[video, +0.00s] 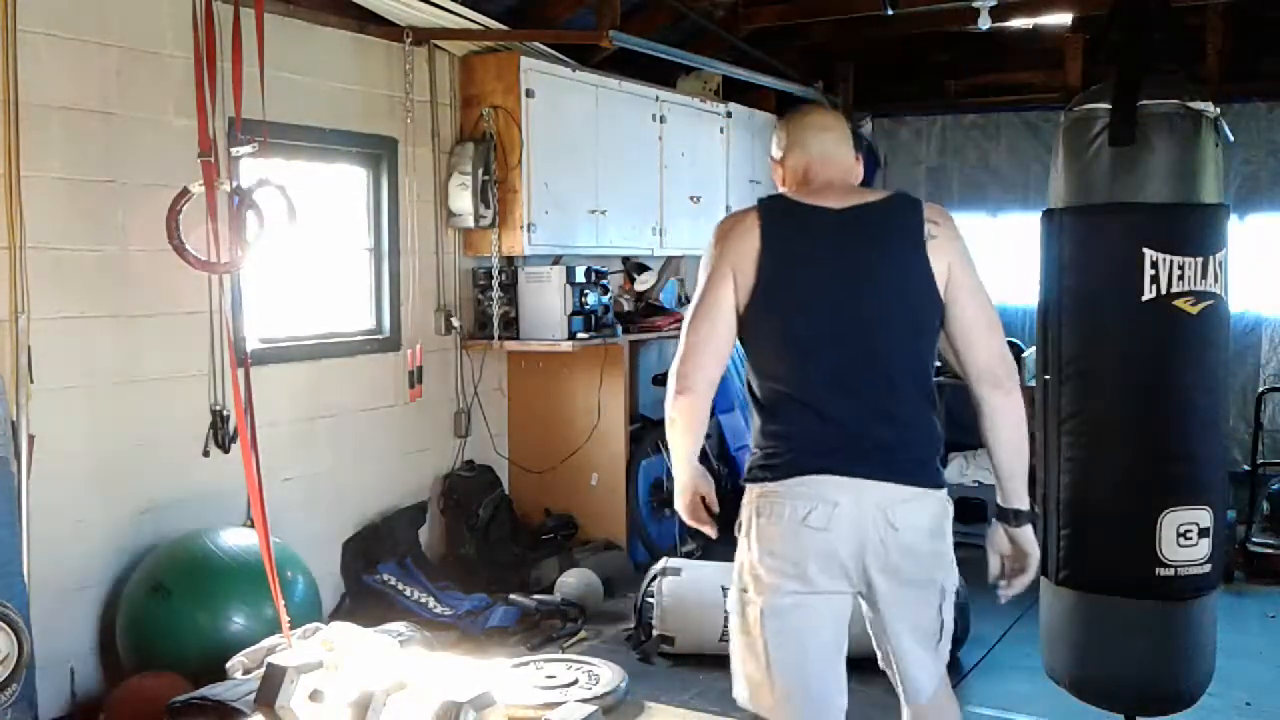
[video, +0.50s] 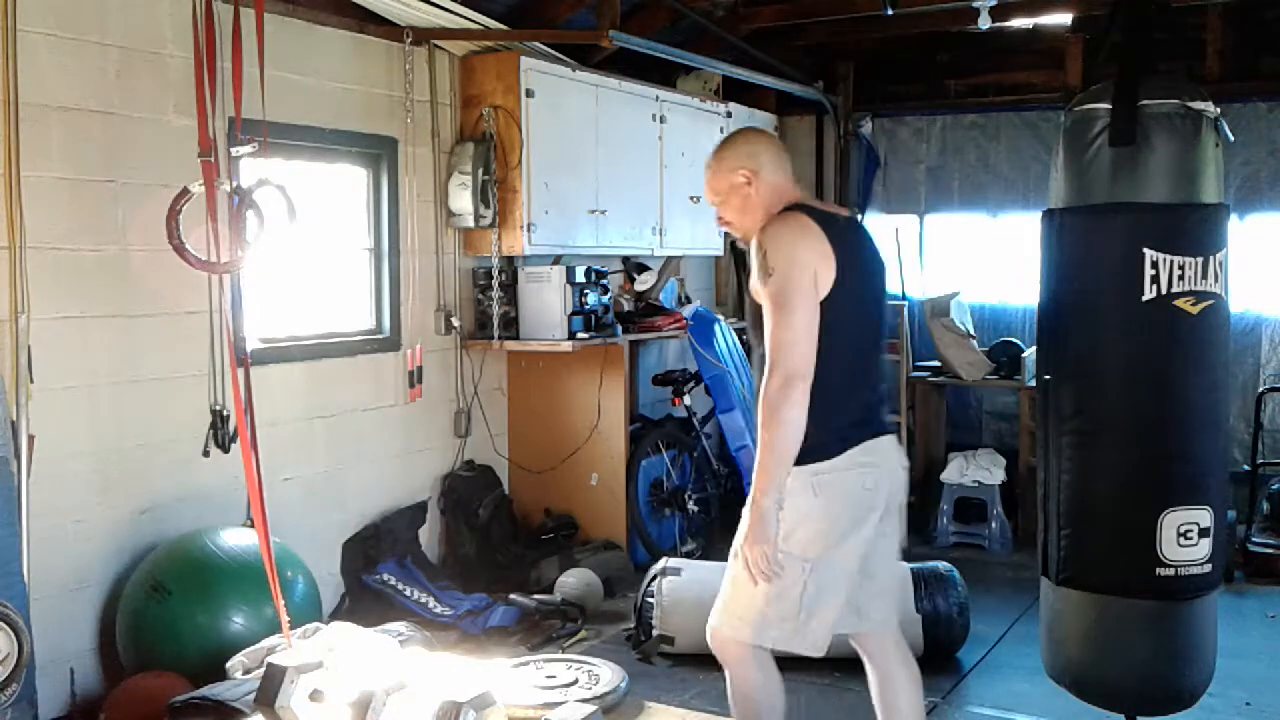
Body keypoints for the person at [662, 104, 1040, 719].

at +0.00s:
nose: (774, 176)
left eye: (772, 168)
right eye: (775, 169)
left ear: (781, 169)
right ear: (862, 162)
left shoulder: (745, 232)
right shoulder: (930, 227)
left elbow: (689, 383)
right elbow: (995, 379)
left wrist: (685, 465)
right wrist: (1015, 510)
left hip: (792, 498)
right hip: (913, 502)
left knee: (796, 706)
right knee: (929, 695)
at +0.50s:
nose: (720, 220)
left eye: (720, 204)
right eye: (714, 208)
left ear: (752, 182)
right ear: (774, 181)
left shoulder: (785, 235)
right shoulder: (848, 227)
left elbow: (789, 377)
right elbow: (857, 363)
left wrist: (760, 504)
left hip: (819, 480)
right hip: (879, 466)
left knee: (734, 637)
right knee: (879, 633)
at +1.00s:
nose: (604, 259)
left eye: (606, 243)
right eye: (598, 246)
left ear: (646, 218)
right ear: (646, 218)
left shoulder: (732, 267)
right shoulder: (649, 274)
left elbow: (750, 403)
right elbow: (646, 369)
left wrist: (681, 497)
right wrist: (618, 459)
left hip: (751, 468)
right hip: (682, 460)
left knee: (710, 640)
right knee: (638, 597)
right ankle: (623, 717)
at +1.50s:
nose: (529, 455)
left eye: (530, 443)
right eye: (519, 448)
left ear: (555, 407)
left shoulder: (639, 402)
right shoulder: (522, 414)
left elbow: (668, 533)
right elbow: (533, 515)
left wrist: (641, 644)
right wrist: (535, 619)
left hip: (710, 469)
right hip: (624, 471)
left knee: (710, 611)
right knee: (566, 591)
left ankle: (717, 716)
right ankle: (582, 710)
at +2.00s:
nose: (530, 480)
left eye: (530, 469)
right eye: (519, 476)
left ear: (553, 431)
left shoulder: (634, 423)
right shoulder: (521, 412)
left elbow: (678, 528)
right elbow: (543, 511)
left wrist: (653, 630)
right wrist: (544, 610)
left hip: (705, 470)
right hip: (617, 475)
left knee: (706, 614)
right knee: (565, 592)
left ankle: (715, 715)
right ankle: (584, 710)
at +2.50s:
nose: (527, 499)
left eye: (530, 486)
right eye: (516, 492)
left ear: (554, 447)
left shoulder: (634, 437)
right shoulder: (518, 413)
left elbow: (688, 543)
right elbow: (544, 511)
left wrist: (653, 646)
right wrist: (544, 608)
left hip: (705, 472)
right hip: (615, 475)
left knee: (705, 617)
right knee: (565, 595)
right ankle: (574, 710)